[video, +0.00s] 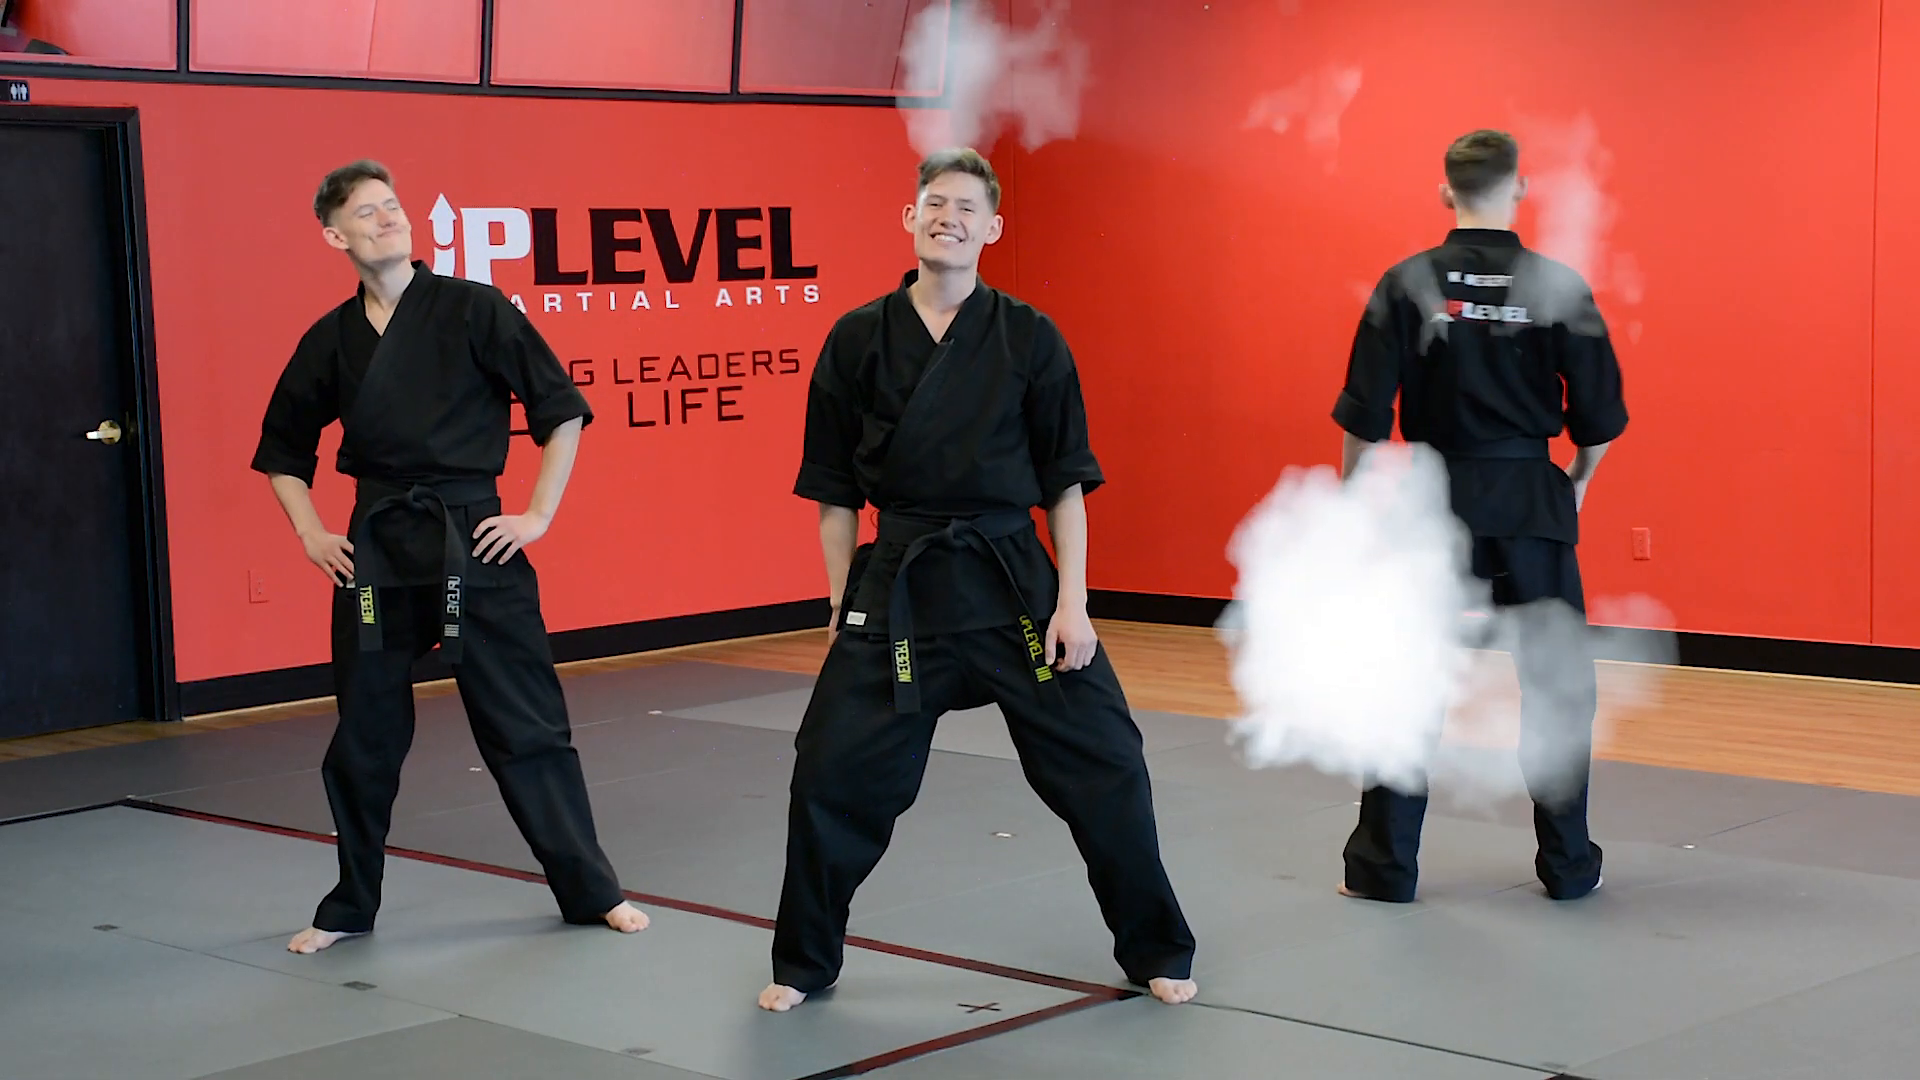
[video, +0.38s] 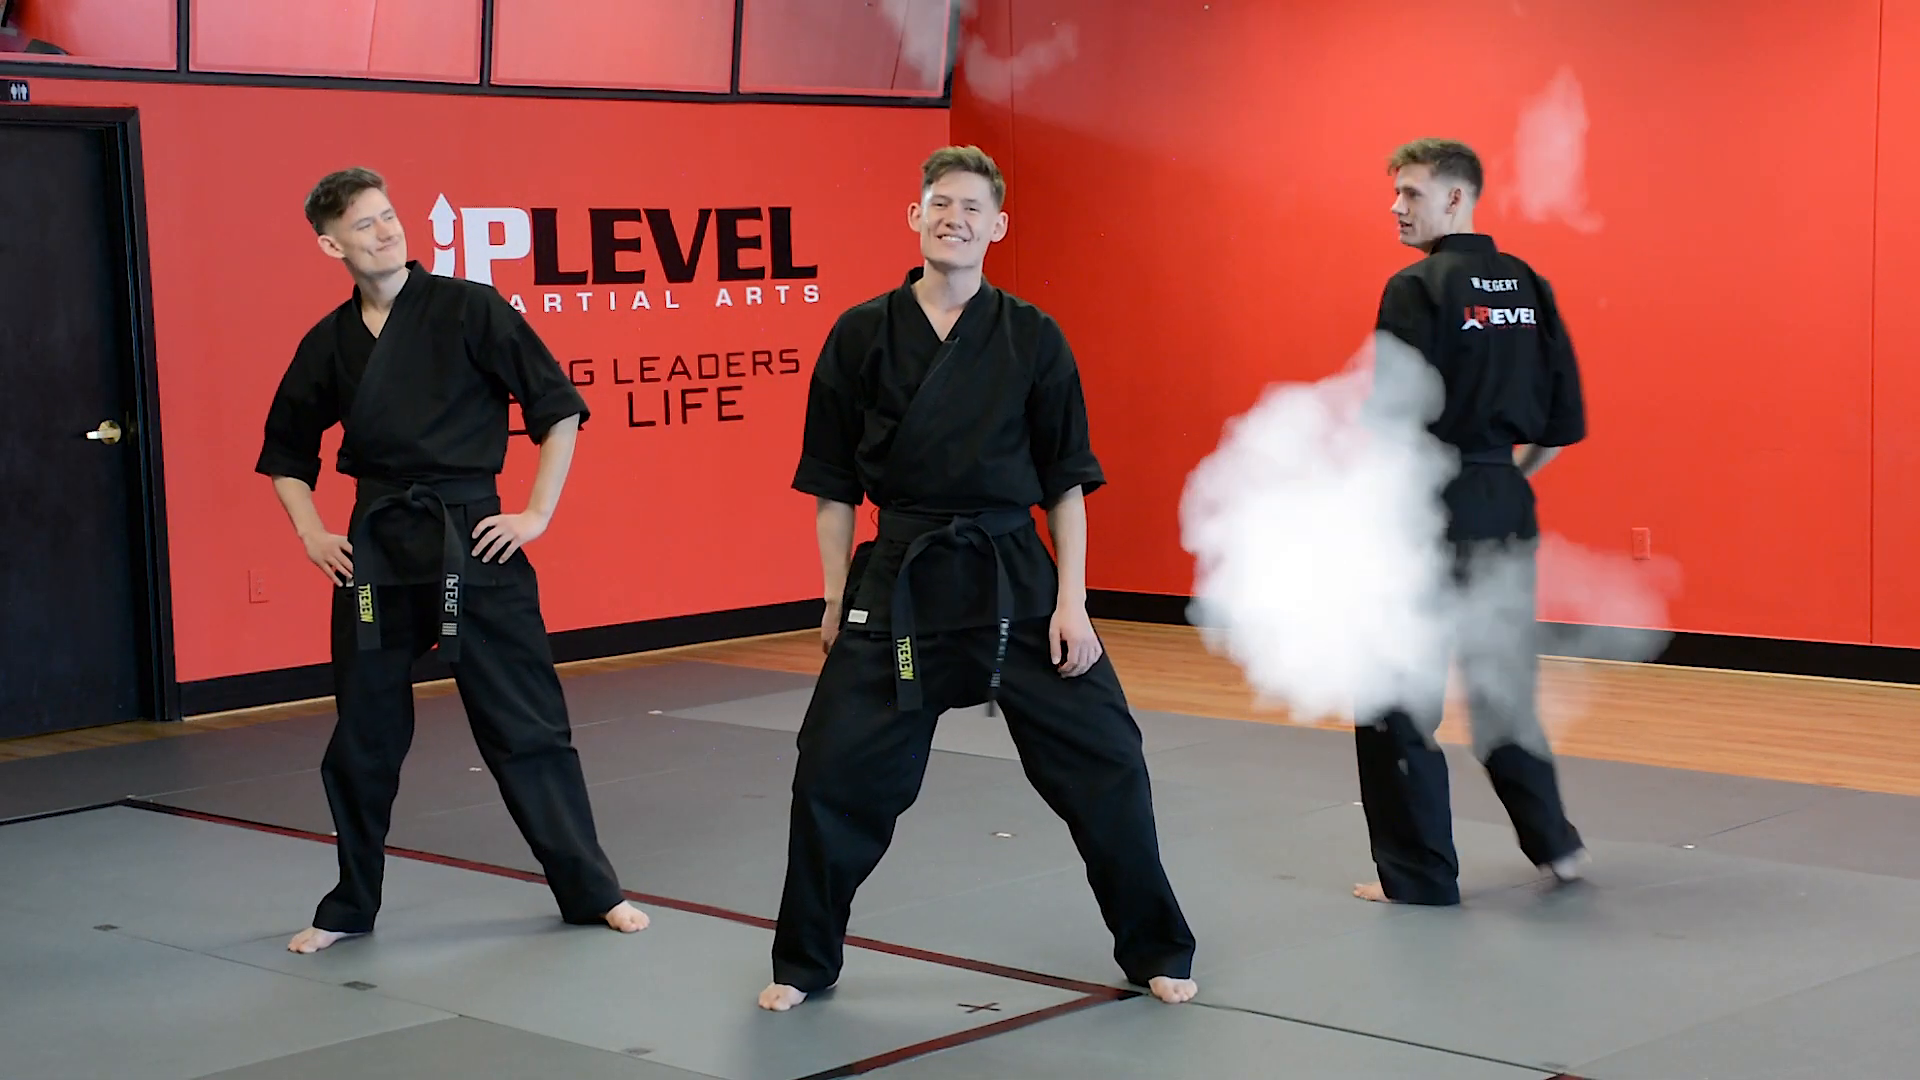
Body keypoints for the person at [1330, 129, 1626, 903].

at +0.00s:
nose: (1488, 200)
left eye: (1456, 189)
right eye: (1511, 187)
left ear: (1446, 192)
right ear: (1518, 190)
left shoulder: (1406, 284)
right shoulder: (1559, 287)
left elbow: (1364, 415)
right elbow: (1599, 414)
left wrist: (1350, 514)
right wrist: (1573, 484)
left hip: (1433, 510)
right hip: (1534, 510)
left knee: (1409, 675)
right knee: (1556, 679)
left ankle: (1386, 865)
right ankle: (1567, 862)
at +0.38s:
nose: (1395, 207)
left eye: (1408, 194)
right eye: (1396, 193)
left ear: (1457, 199)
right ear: (1461, 205)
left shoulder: (1417, 284)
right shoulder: (1528, 283)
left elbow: (1398, 411)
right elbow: (1563, 416)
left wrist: (1361, 484)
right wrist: (1508, 470)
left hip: (1428, 506)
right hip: (1506, 506)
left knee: (1396, 695)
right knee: (1501, 689)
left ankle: (1420, 876)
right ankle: (1557, 847)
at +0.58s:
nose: (1403, 204)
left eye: (1420, 191)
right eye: (1396, 191)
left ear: (1458, 196)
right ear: (1392, 197)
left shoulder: (1443, 280)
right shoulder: (1493, 283)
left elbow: (1464, 406)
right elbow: (1504, 416)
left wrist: (1388, 487)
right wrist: (1415, 451)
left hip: (1441, 514)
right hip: (1478, 513)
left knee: (1399, 685)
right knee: (1439, 684)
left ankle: (1419, 873)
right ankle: (1473, 844)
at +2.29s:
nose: (1357, 241)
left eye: (1362, 224)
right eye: (1352, 227)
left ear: (1400, 208)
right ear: (1399, 211)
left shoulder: (1447, 280)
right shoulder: (1434, 279)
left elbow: (1467, 402)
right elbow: (1433, 379)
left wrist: (1399, 464)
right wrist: (1386, 372)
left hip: (1464, 522)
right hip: (1447, 518)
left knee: (1443, 690)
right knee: (1429, 685)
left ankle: (1471, 871)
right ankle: (1456, 841)